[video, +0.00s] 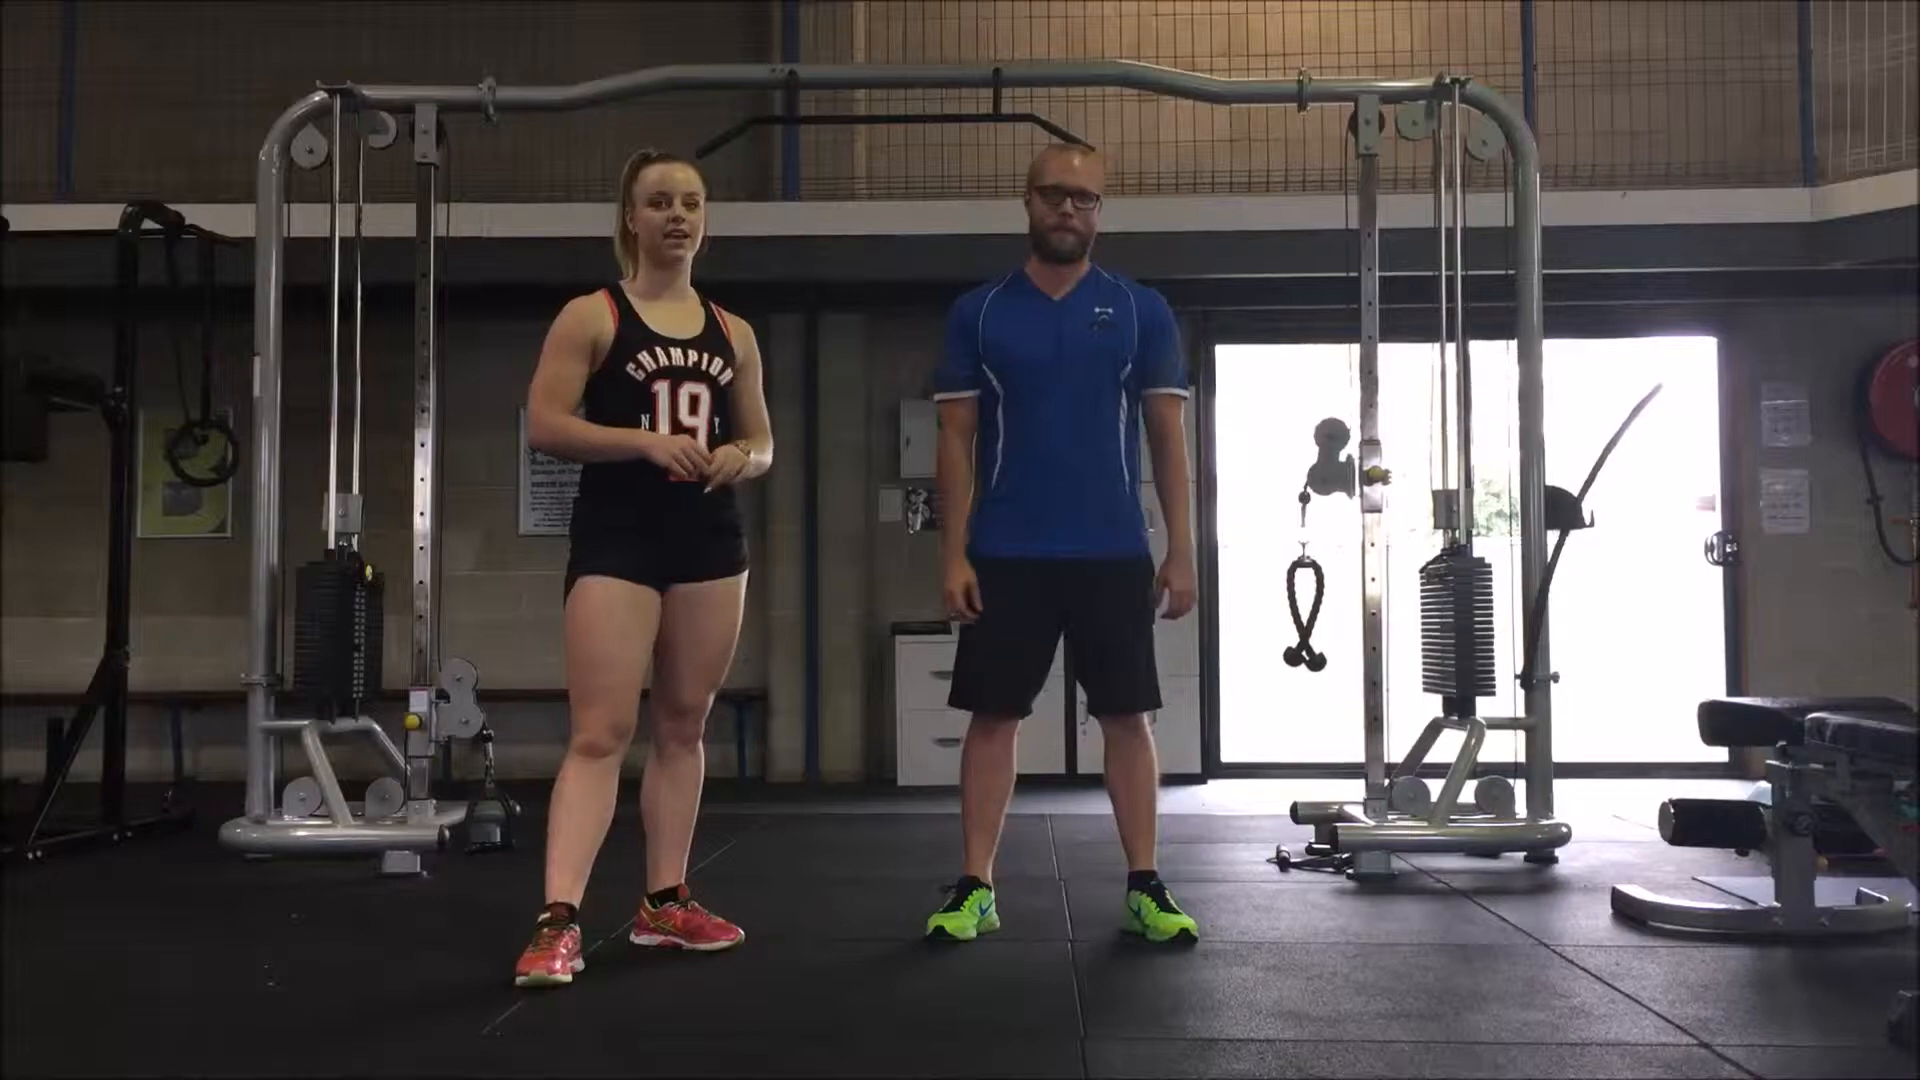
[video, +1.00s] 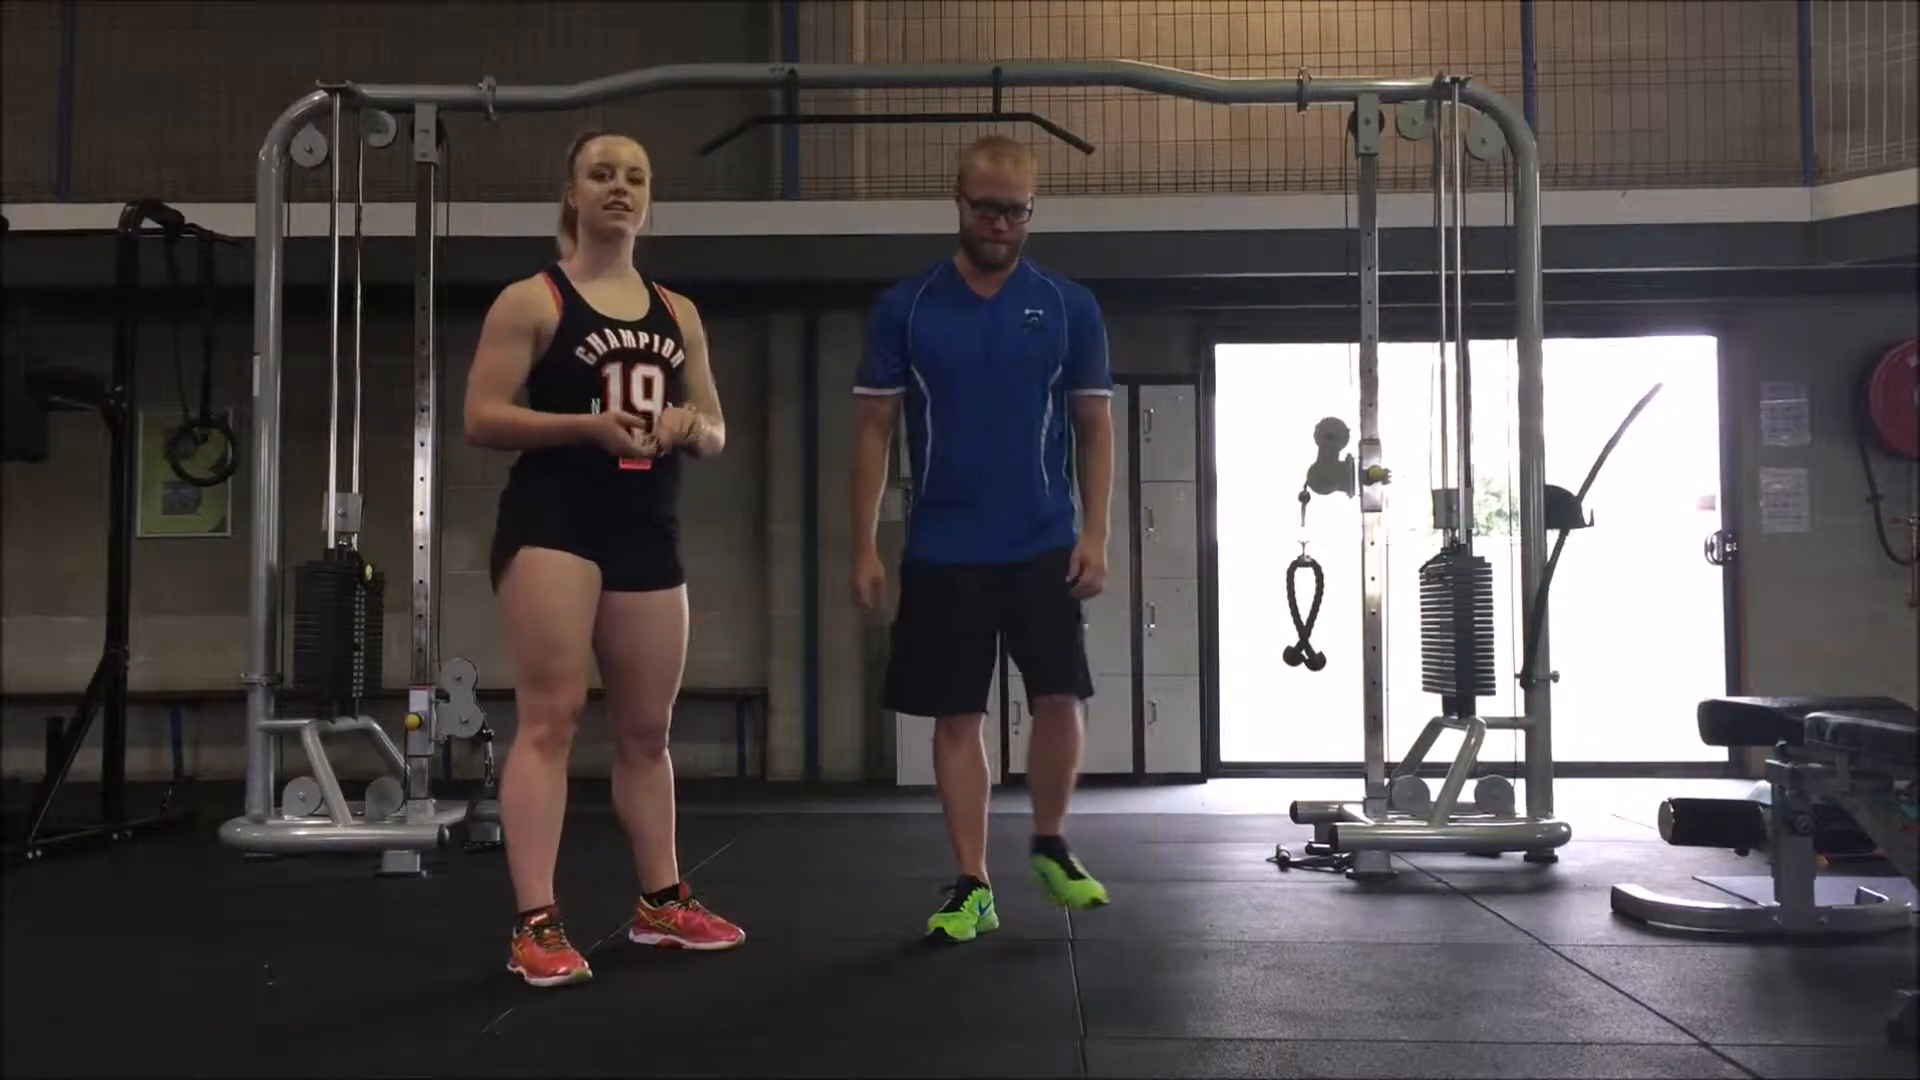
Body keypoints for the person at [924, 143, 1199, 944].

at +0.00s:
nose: (1069, 211)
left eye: (1084, 199)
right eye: (1054, 196)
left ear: (1102, 210)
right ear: (1027, 203)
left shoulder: (1140, 310)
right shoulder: (978, 313)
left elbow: (1168, 437)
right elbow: (955, 436)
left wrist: (1180, 548)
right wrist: (953, 552)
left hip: (1111, 554)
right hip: (1008, 555)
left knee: (1127, 718)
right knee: (991, 720)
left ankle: (1145, 885)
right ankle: (976, 887)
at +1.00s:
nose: (998, 222)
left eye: (1013, 209)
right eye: (984, 207)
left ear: (1033, 211)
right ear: (958, 204)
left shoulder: (1070, 308)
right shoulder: (905, 309)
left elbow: (1095, 424)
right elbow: (873, 427)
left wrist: (1095, 532)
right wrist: (864, 546)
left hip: (1042, 547)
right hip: (944, 551)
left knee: (1059, 699)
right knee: (955, 717)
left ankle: (1050, 844)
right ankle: (972, 884)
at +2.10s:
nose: (1359, 244)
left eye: (1373, 230)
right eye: (1343, 227)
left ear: (1386, 229)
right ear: (1304, 218)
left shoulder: (1421, 330)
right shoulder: (1253, 334)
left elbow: (1452, 446)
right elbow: (1212, 454)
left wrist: (1399, 474)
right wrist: (1254, 484)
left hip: (1379, 570)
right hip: (1274, 572)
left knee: (1448, 710)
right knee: (1210, 719)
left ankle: (1443, 902)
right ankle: (1148, 823)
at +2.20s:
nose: (1397, 240)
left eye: (1411, 226)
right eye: (1381, 224)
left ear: (1425, 227)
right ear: (1344, 217)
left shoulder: (1460, 326)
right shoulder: (1286, 323)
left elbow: (1484, 440)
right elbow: (1250, 452)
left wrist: (1444, 482)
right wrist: (1303, 486)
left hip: (1416, 565)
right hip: (1308, 566)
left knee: (1456, 714)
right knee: (1274, 722)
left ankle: (1444, 901)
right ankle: (1231, 824)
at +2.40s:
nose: (1426, 223)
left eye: (1441, 210)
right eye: (1410, 208)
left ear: (1460, 217)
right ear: (1379, 211)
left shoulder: (1499, 319)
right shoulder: (1324, 313)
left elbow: (1521, 428)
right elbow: (1280, 439)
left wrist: (1480, 475)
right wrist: (1341, 478)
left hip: (1445, 559)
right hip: (1338, 560)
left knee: (1476, 712)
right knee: (1313, 720)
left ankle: (1448, 896)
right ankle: (1293, 833)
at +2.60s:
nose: (1427, 245)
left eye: (1446, 231)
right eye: (1414, 227)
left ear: (1471, 234)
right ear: (1389, 224)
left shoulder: (1510, 335)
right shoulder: (1336, 319)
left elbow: (1522, 458)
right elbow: (1285, 442)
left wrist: (1471, 487)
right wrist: (1353, 481)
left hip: (1443, 566)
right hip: (1339, 567)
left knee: (1480, 717)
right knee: (1328, 732)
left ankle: (1446, 897)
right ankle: (1329, 834)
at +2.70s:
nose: (1409, 266)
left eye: (1430, 252)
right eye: (1398, 248)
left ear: (1465, 251)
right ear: (1381, 242)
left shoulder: (1505, 357)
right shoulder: (1331, 338)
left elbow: (1519, 476)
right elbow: (1278, 456)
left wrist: (1461, 507)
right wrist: (1345, 500)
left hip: (1440, 580)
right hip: (1335, 582)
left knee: (1482, 727)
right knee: (1331, 746)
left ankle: (1446, 898)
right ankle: (1340, 845)